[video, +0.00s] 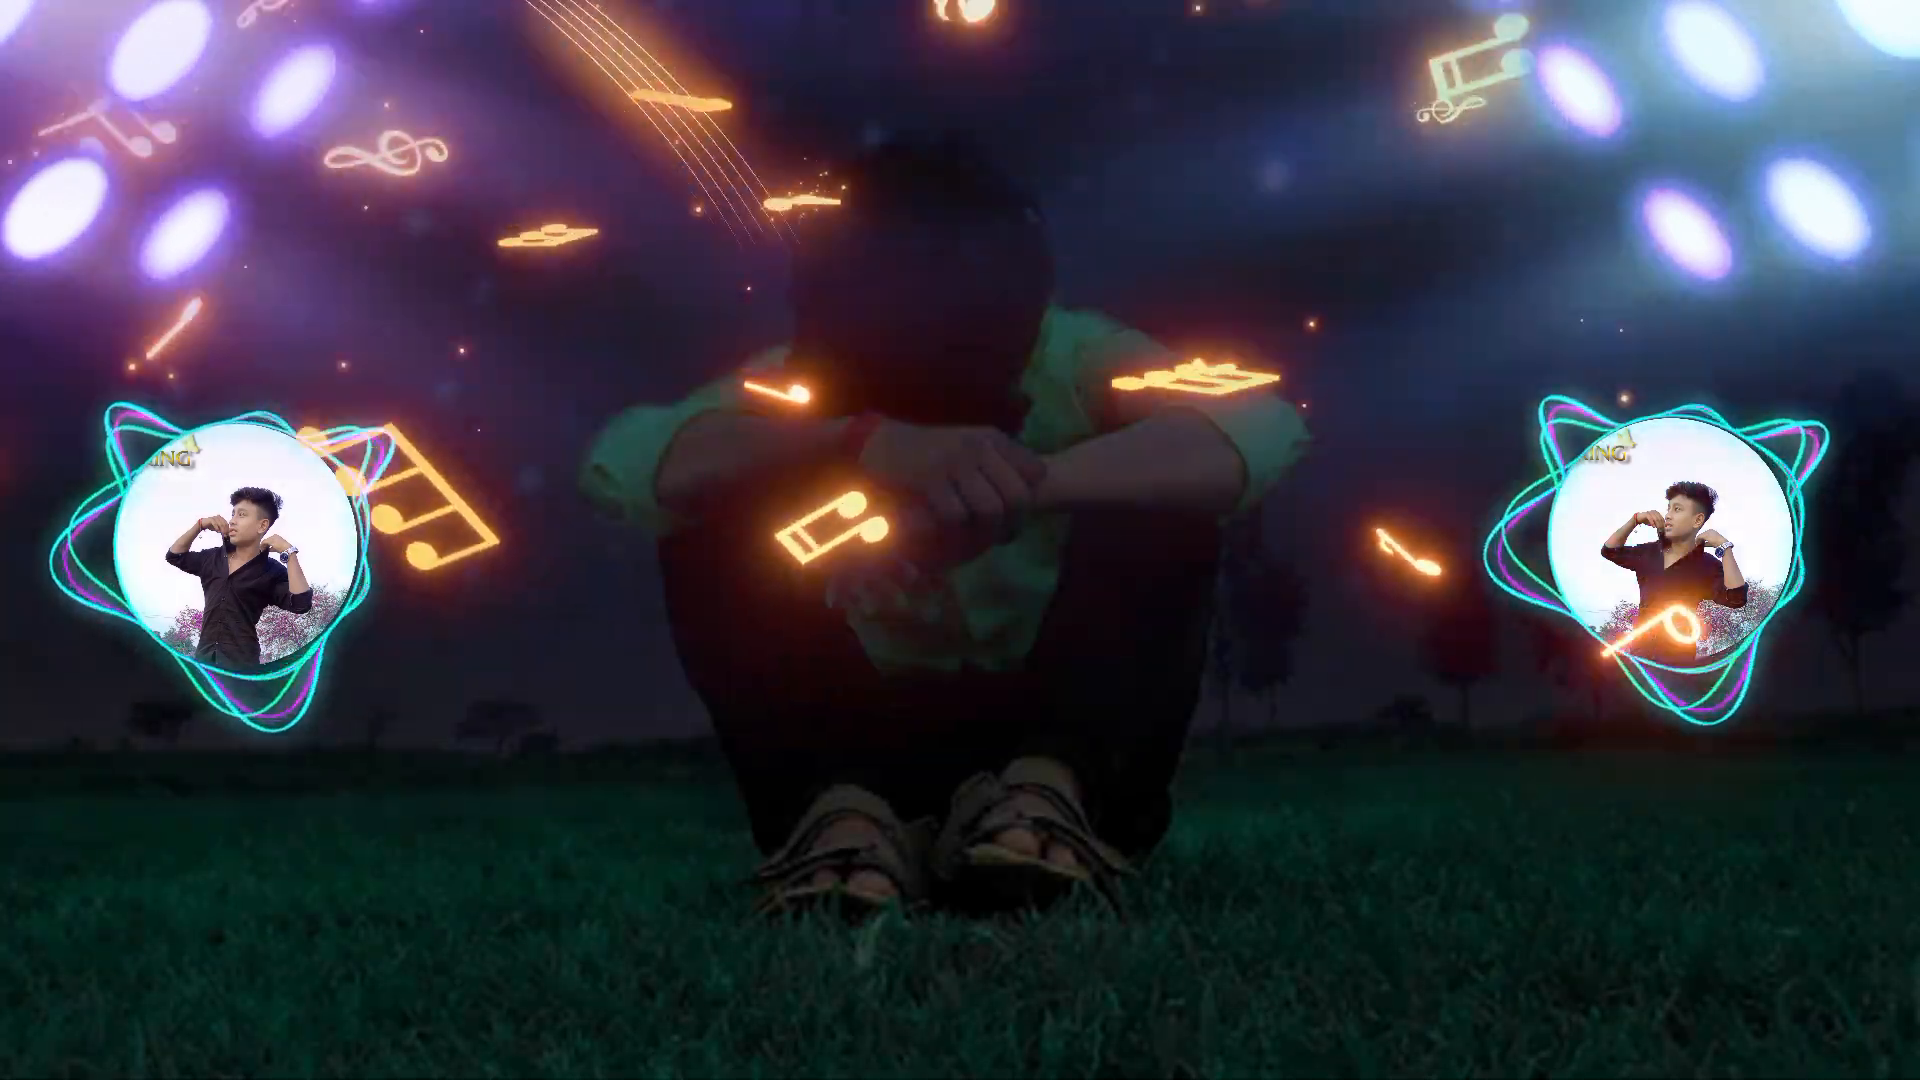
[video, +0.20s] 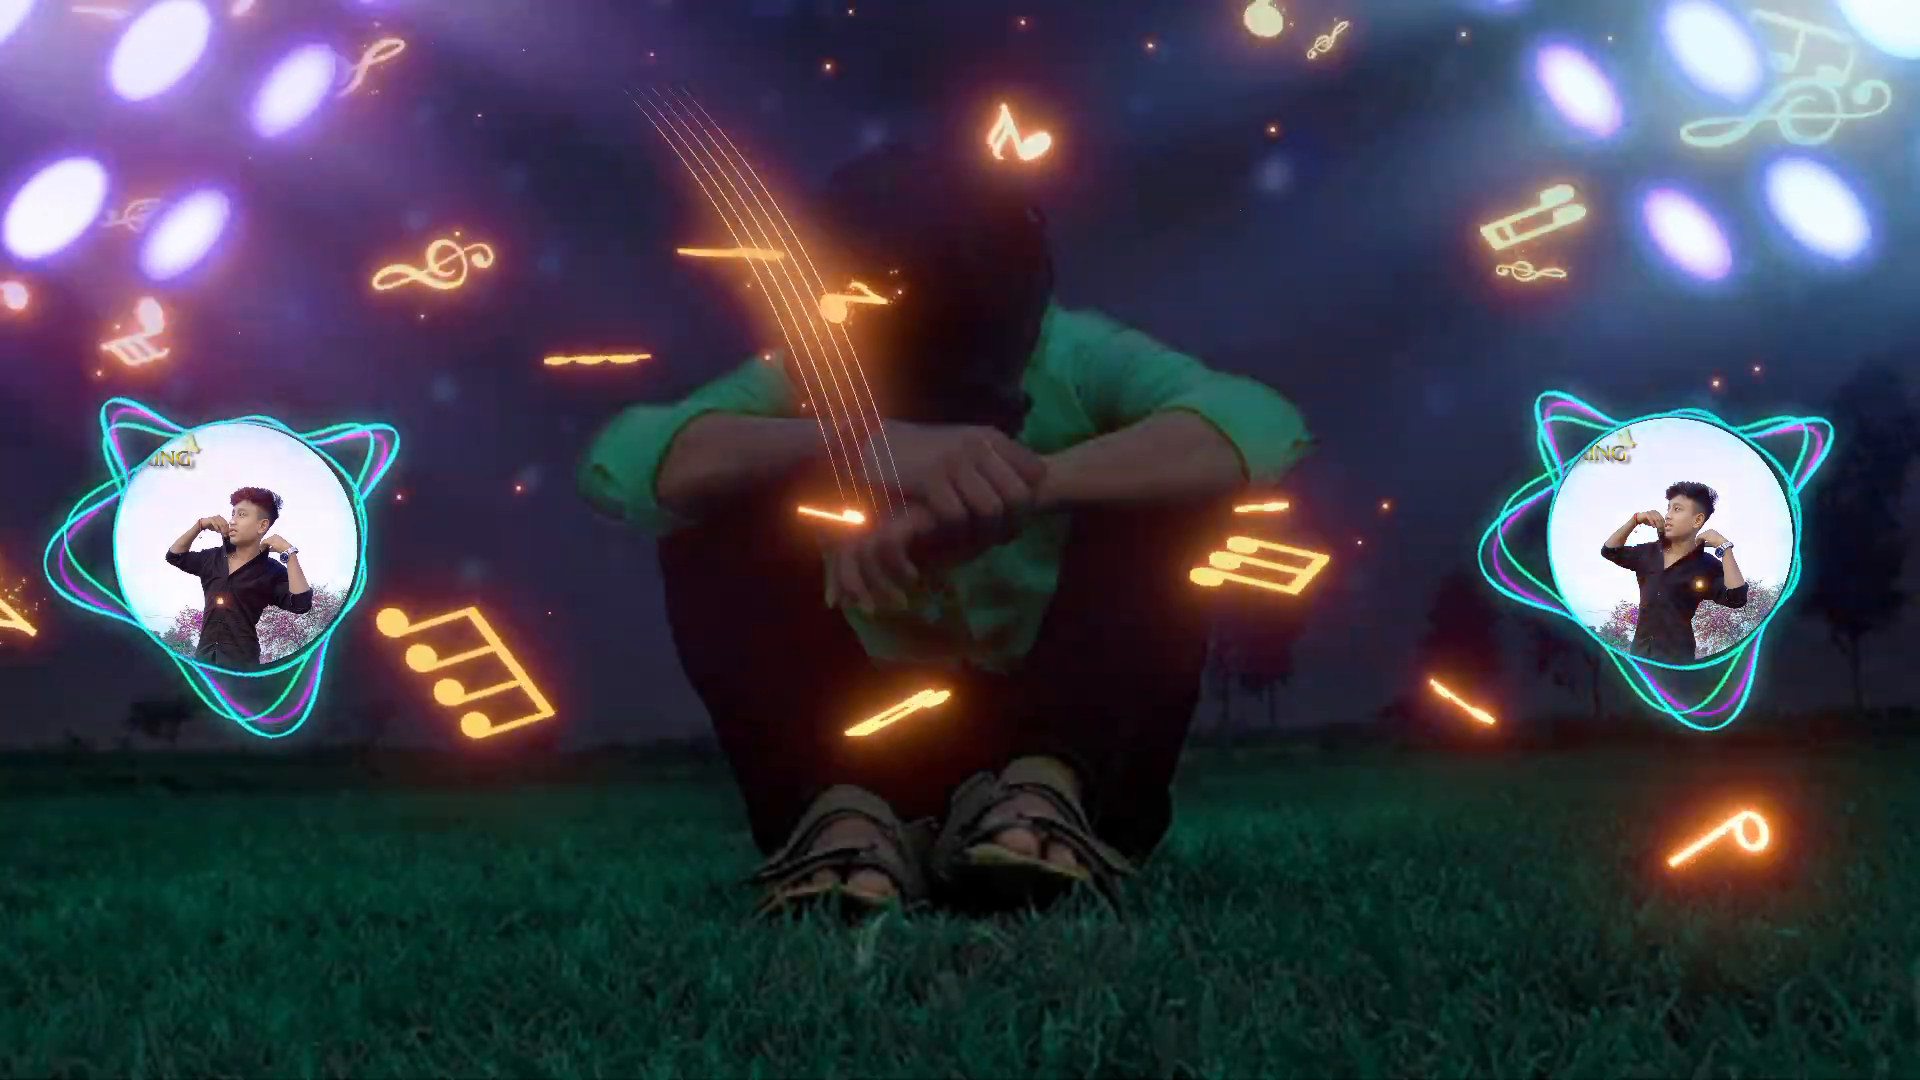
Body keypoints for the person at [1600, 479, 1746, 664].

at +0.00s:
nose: (1667, 515)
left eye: (1677, 509)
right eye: (1668, 509)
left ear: (1698, 520)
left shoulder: (1706, 565)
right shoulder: (1647, 554)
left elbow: (1737, 599)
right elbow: (1609, 551)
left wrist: (1725, 547)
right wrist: (1634, 520)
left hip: (1678, 661)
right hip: (1639, 655)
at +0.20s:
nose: (1667, 515)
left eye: (1677, 510)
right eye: (1668, 508)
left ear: (1698, 520)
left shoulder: (1705, 565)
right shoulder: (1648, 553)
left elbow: (1737, 599)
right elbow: (1609, 551)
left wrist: (1725, 547)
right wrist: (1634, 521)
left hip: (1677, 658)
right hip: (1639, 653)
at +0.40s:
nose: (1667, 515)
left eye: (1677, 510)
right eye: (1668, 509)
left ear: (1698, 520)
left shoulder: (1704, 564)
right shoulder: (1648, 553)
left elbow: (1737, 599)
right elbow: (1609, 551)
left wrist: (1725, 547)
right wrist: (1634, 521)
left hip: (1677, 659)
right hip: (1640, 655)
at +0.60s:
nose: (1668, 515)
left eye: (1677, 509)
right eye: (1668, 508)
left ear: (1698, 520)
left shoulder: (1703, 562)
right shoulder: (1648, 552)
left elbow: (1737, 599)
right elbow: (1609, 551)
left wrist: (1725, 547)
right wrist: (1634, 521)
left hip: (1677, 652)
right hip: (1641, 648)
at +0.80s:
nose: (1667, 515)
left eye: (1677, 509)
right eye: (1668, 509)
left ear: (1698, 520)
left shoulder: (1705, 565)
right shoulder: (1648, 553)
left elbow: (1737, 599)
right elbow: (1609, 551)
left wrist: (1725, 547)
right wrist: (1634, 521)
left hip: (1677, 659)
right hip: (1640, 654)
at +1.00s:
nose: (1667, 514)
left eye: (1676, 507)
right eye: (1668, 507)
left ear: (1698, 513)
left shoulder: (1704, 563)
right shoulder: (1648, 553)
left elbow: (1737, 600)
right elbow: (1609, 551)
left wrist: (1726, 551)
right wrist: (1631, 525)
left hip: (1677, 655)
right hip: (1640, 652)